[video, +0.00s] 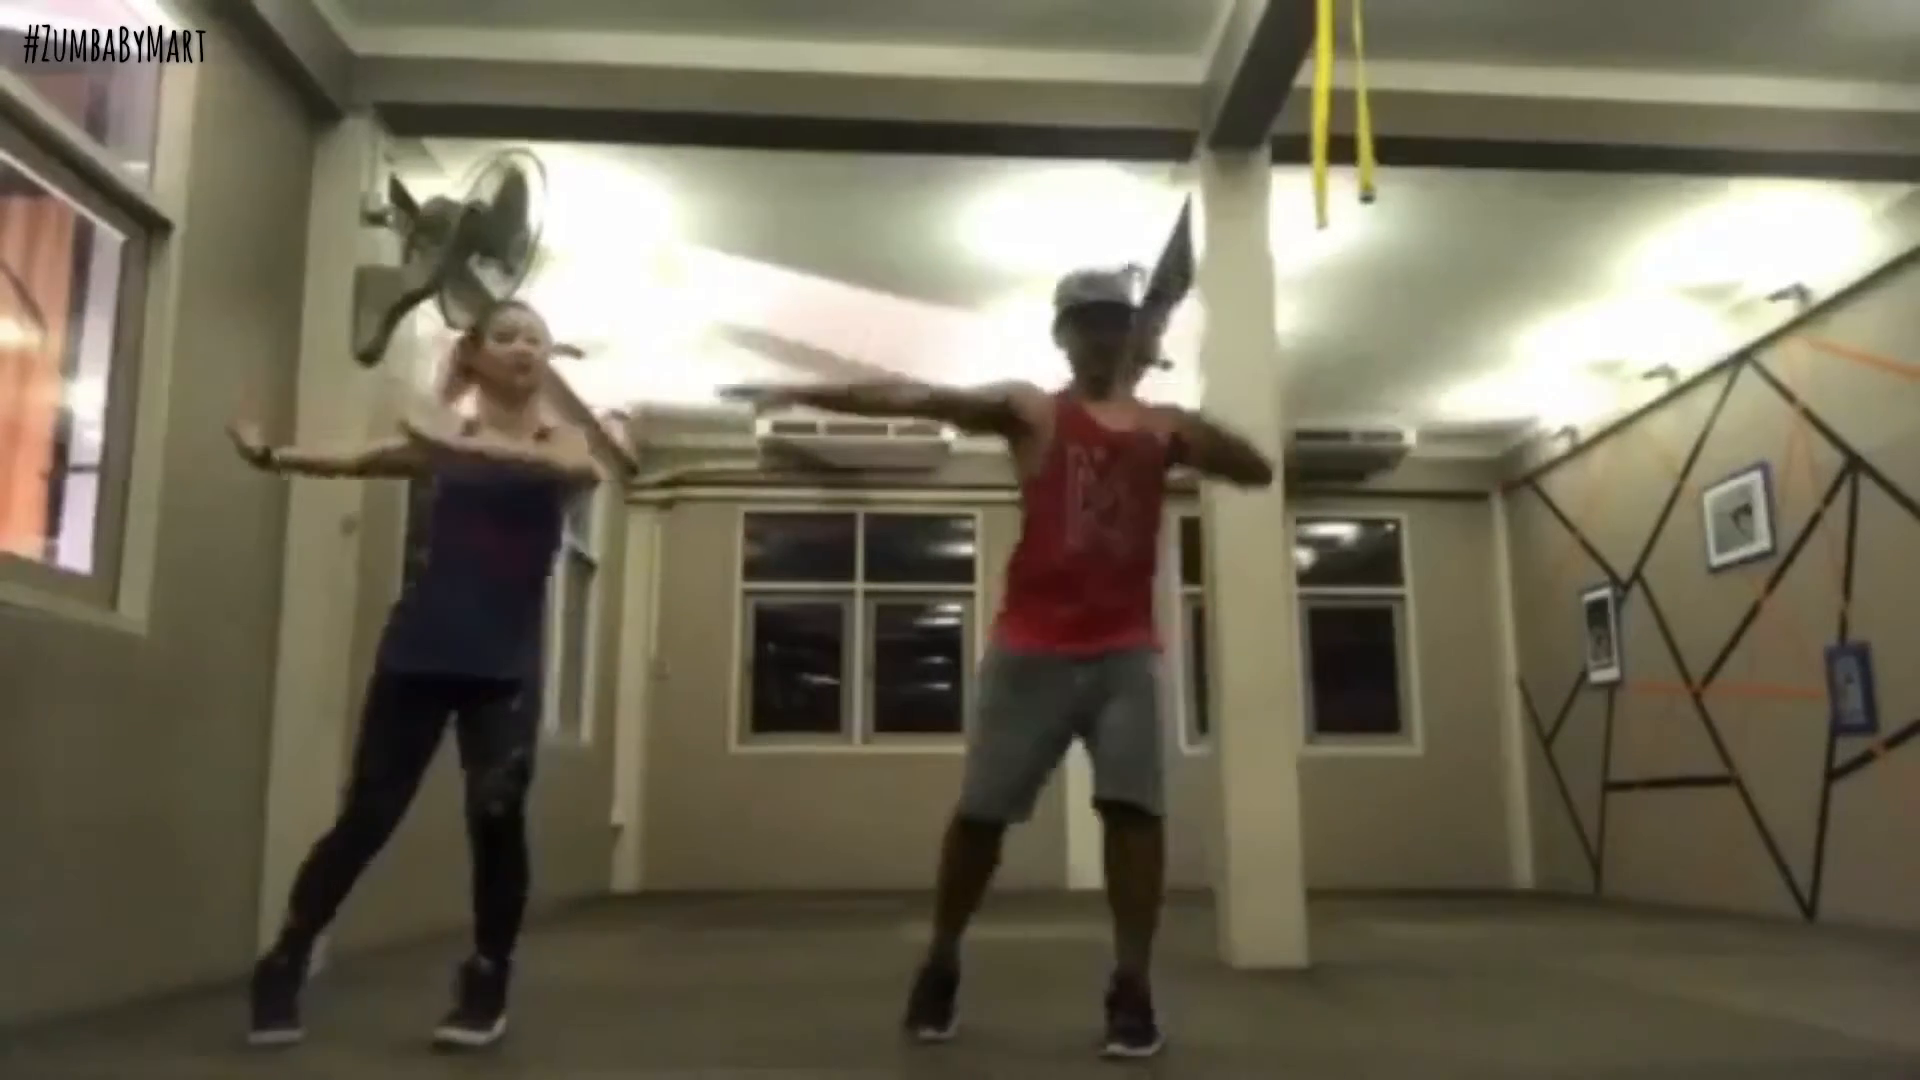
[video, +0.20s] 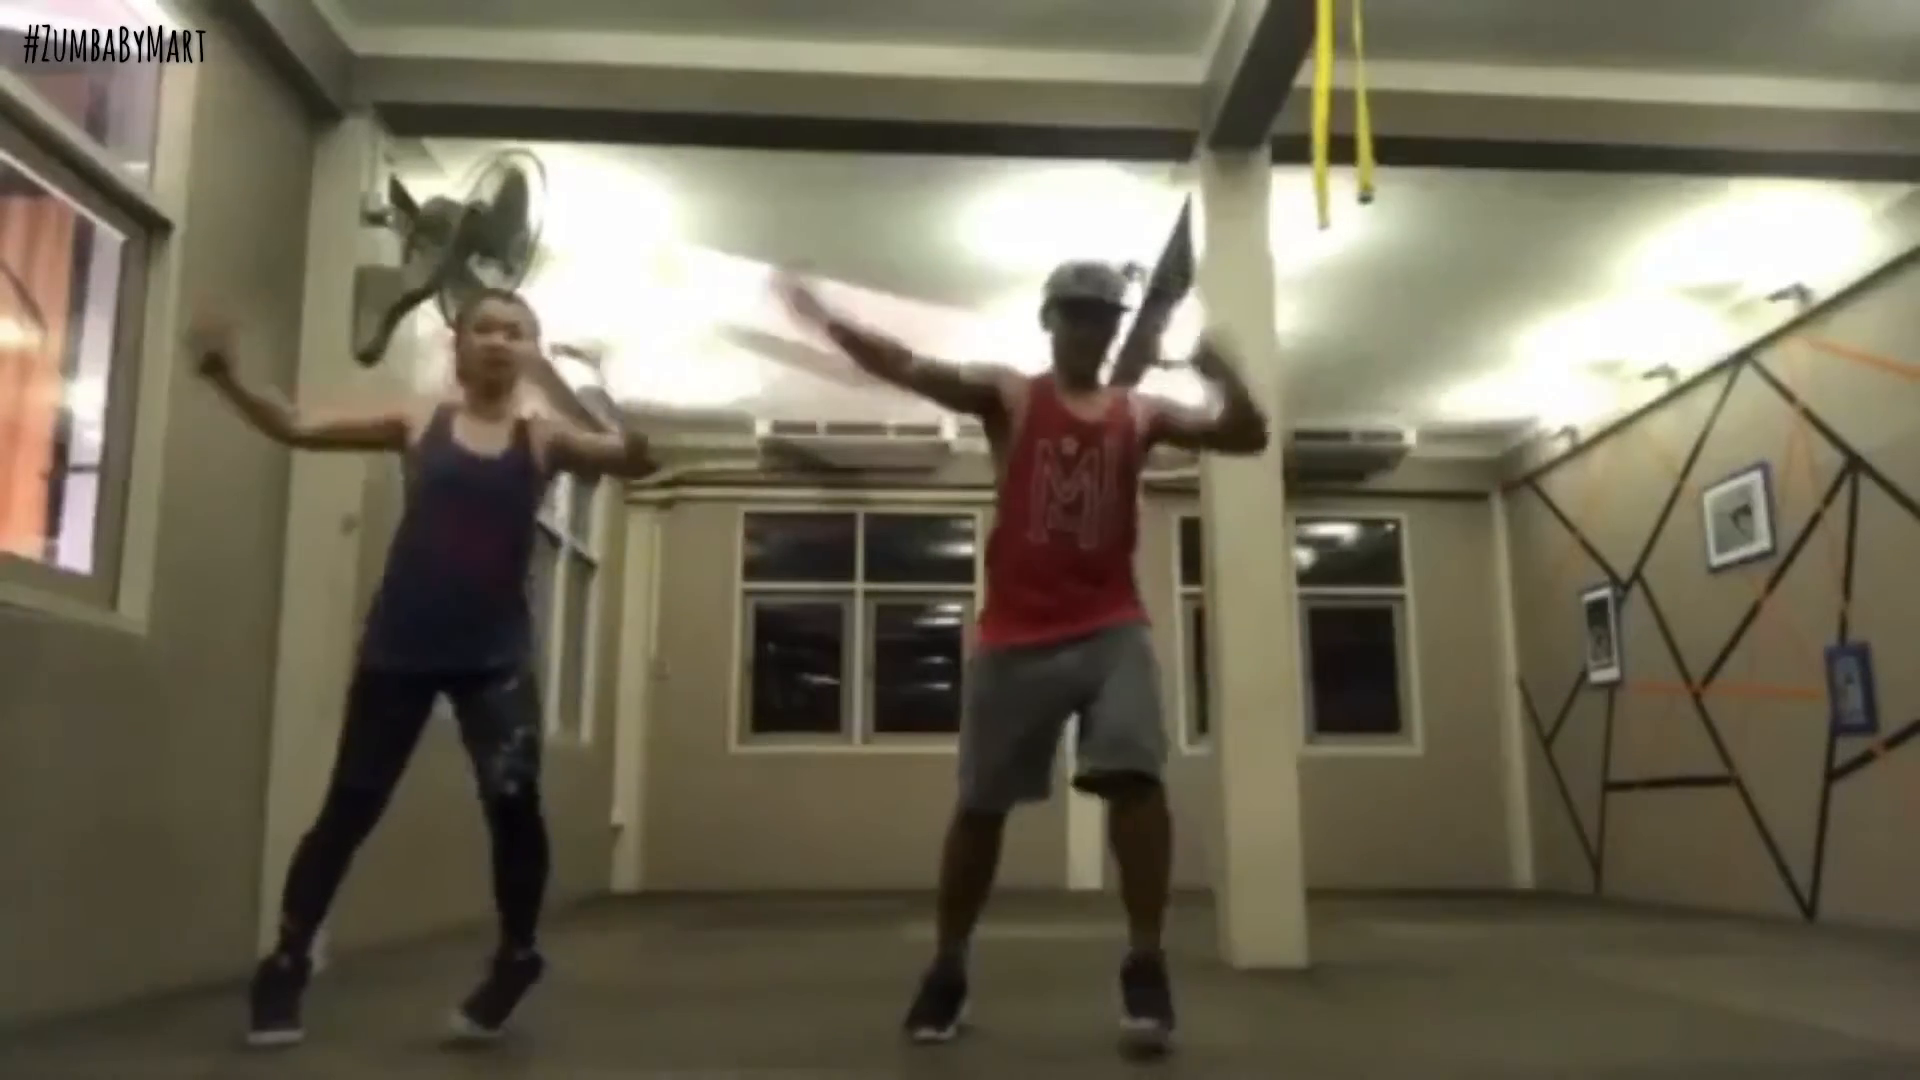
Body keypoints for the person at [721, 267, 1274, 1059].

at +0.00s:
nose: (1103, 343)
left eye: (1117, 328)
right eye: (1090, 327)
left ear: (1142, 339)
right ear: (1065, 336)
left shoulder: (1162, 430)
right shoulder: (1029, 410)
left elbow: (1255, 470)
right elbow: (911, 398)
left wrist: (1188, 432)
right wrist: (798, 394)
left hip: (1124, 651)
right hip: (1030, 650)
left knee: (1134, 814)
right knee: (982, 814)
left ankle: (1132, 987)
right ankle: (941, 966)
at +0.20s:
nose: (1088, 332)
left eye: (1102, 318)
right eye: (1074, 316)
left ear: (1118, 327)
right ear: (1049, 321)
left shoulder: (1139, 413)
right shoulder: (1009, 396)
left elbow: (1247, 435)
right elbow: (905, 368)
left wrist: (1220, 370)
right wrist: (826, 320)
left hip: (1109, 629)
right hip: (1013, 633)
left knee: (1136, 781)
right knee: (981, 806)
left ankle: (1146, 966)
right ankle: (947, 970)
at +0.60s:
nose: (1154, 324)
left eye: (1166, 310)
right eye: (1139, 307)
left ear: (1181, 321)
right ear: (1112, 317)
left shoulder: (1215, 409)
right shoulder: (1075, 411)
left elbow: (1318, 419)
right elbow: (964, 403)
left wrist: (1390, 411)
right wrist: (943, 331)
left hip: (1214, 648)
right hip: (1119, 654)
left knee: (1251, 819)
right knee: (1061, 818)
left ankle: (1274, 977)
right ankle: (985, 974)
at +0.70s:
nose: (1151, 298)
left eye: (1166, 285)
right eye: (1143, 283)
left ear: (1191, 300)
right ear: (1122, 297)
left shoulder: (1225, 377)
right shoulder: (1095, 384)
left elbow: (1339, 352)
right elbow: (999, 333)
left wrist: (1436, 314)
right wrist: (982, 241)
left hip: (1219, 624)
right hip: (1128, 627)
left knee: (1252, 798)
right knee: (1100, 796)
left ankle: (1271, 966)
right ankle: (1063, 965)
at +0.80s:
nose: (1176, 301)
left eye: (1188, 290)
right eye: (1162, 286)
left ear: (1200, 303)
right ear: (1129, 300)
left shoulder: (1224, 372)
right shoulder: (1112, 381)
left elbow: (1327, 323)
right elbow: (1088, 366)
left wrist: (1412, 249)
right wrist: (1076, 305)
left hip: (1222, 612)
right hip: (1137, 616)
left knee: (1252, 781)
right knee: (1141, 785)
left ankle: (1265, 956)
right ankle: (1135, 959)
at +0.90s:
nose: (1172, 330)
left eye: (1185, 317)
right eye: (1160, 314)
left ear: (1202, 330)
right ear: (1136, 323)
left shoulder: (1226, 413)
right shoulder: (1117, 415)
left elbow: (1284, 389)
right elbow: (1100, 446)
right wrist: (1133, 355)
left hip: (1229, 626)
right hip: (1150, 629)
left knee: (1252, 803)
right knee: (1172, 800)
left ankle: (1255, 966)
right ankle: (1166, 973)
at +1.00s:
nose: (1184, 361)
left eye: (1195, 348)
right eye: (1169, 348)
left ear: (1214, 358)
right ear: (1146, 360)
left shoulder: (1245, 444)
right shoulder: (1127, 447)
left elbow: (1327, 458)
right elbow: (1073, 461)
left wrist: (1248, 398)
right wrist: (1159, 398)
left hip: (1240, 667)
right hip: (1156, 669)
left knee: (1259, 828)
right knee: (1187, 822)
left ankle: (1253, 978)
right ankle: (1170, 981)